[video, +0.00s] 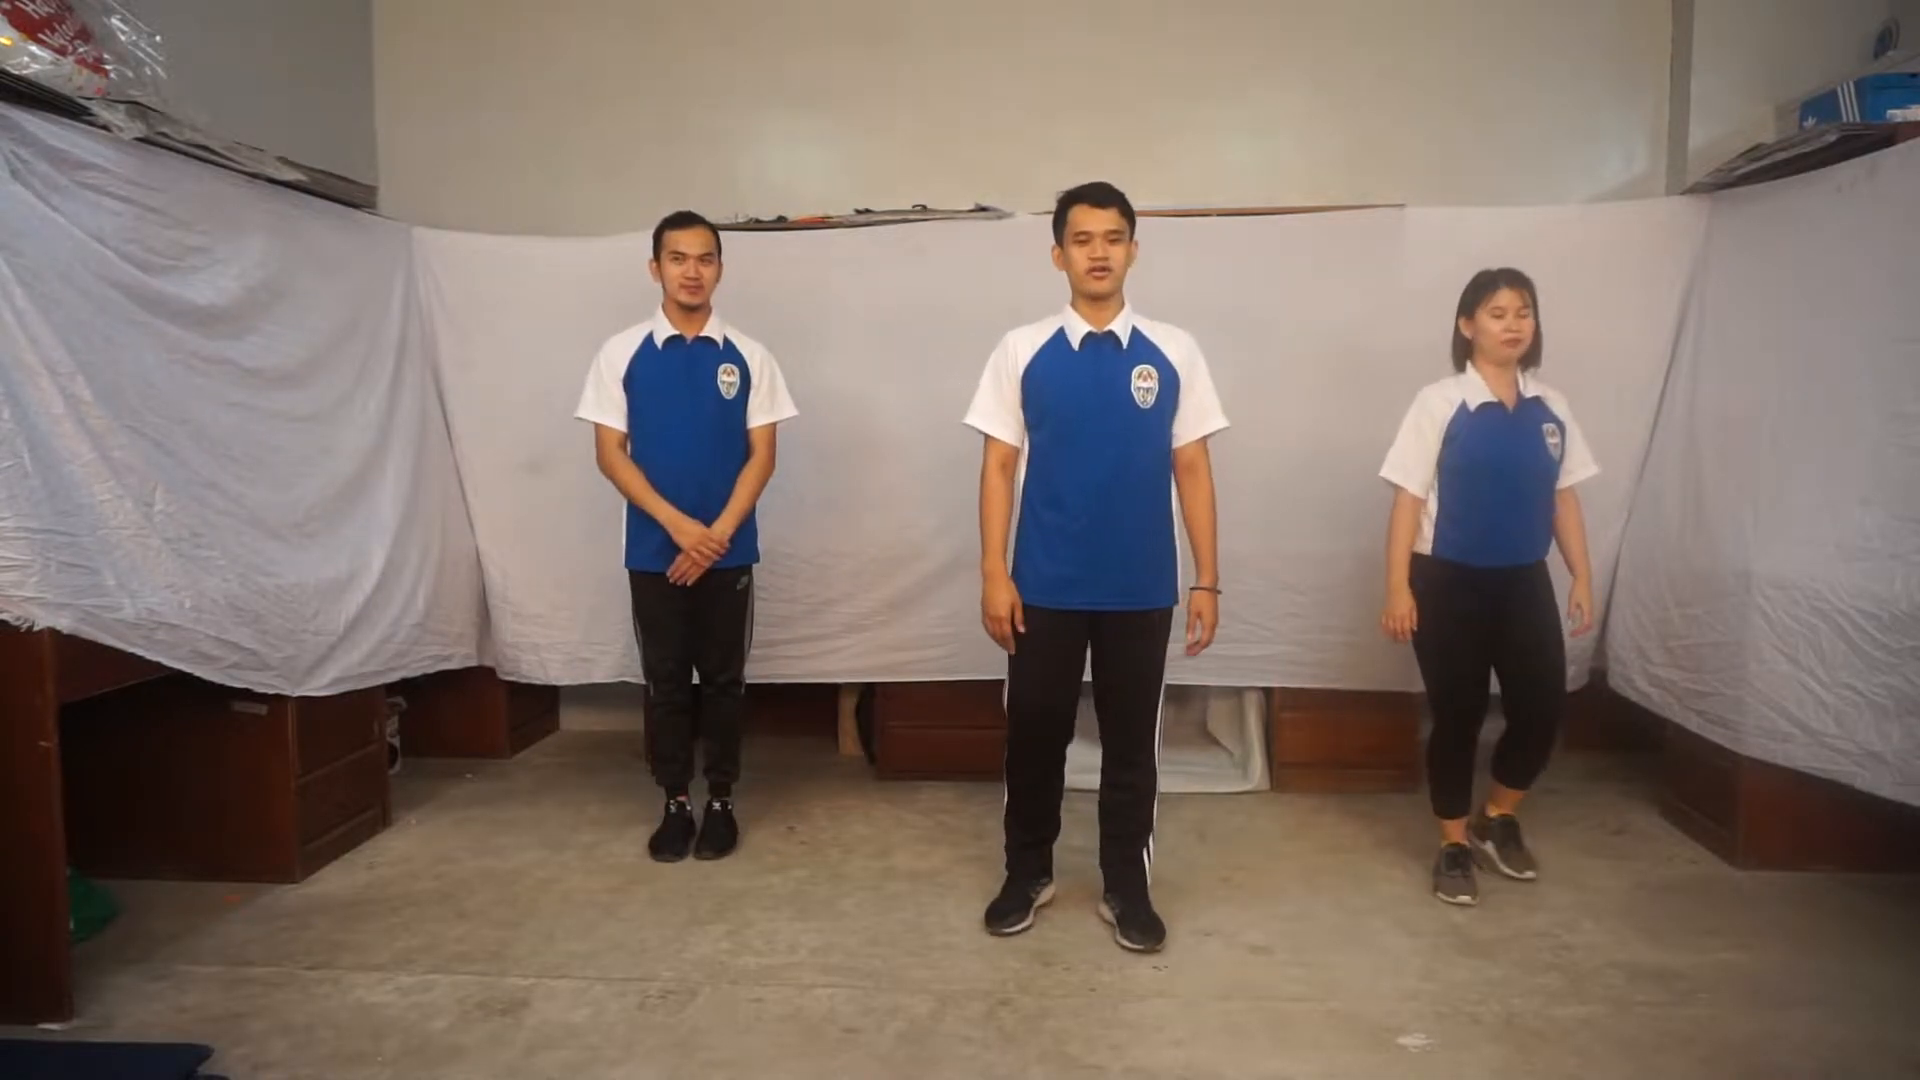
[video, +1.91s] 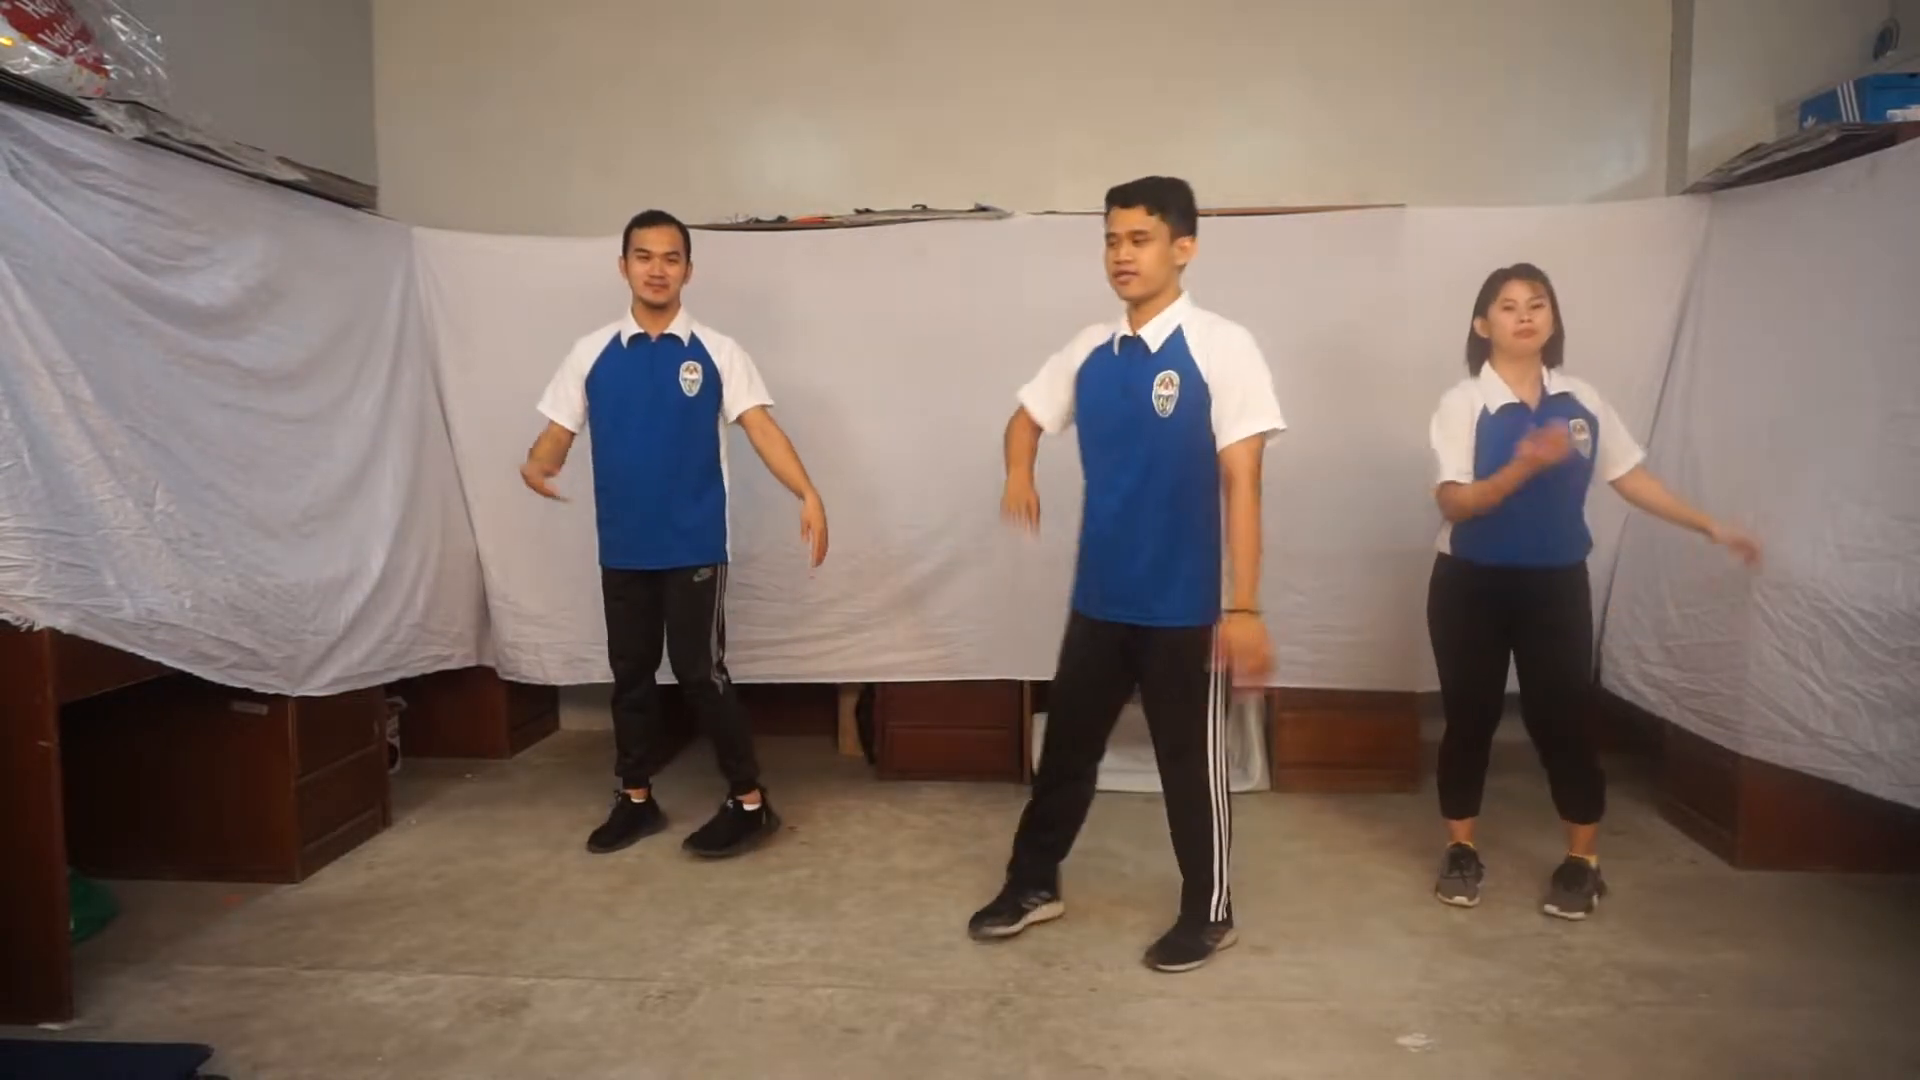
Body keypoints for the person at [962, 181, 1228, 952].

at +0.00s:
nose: (1100, 253)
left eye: (1114, 239)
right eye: (1083, 240)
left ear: (1132, 251)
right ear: (1060, 254)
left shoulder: (1171, 351)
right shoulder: (1021, 350)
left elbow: (1192, 471)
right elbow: (998, 468)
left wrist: (1204, 579)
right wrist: (994, 574)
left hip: (1139, 593)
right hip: (1044, 591)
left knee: (1131, 749)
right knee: (1034, 743)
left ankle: (1127, 886)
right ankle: (1027, 870)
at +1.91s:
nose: (1120, 256)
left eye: (1139, 240)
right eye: (1112, 242)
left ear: (1183, 249)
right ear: (1105, 251)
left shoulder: (1222, 347)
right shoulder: (1090, 347)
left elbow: (1242, 483)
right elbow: (1026, 416)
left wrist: (1243, 606)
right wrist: (1019, 473)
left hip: (1186, 605)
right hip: (1101, 598)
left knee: (1193, 769)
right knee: (1065, 752)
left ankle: (1207, 910)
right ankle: (1032, 883)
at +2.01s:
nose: (1134, 257)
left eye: (1151, 243)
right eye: (1129, 242)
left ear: (1202, 247)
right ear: (1129, 246)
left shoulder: (1228, 342)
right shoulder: (1135, 334)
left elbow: (1221, 479)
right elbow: (1073, 355)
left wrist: (1151, 591)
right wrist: (1033, 366)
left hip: (1211, 590)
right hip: (1141, 576)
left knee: (1198, 754)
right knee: (1115, 720)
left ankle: (1206, 910)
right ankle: (1118, 871)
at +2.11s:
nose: (1149, 257)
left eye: (1164, 242)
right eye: (1148, 242)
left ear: (1218, 248)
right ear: (1183, 249)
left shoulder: (1223, 332)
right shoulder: (1188, 312)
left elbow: (1195, 464)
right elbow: (1131, 282)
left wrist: (1124, 533)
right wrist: (1059, 249)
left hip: (1222, 583)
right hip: (1180, 572)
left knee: (1210, 740)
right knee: (1162, 715)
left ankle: (1206, 909)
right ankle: (1243, 866)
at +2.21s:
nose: (1166, 258)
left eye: (1180, 244)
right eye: (1165, 243)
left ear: (1229, 250)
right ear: (1226, 248)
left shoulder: (1213, 331)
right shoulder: (1263, 303)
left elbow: (1164, 475)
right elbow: (1216, 215)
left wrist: (1149, 512)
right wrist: (1145, 145)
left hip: (1221, 582)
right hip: (1272, 566)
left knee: (1206, 741)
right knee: (1269, 723)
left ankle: (1209, 908)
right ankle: (1364, 879)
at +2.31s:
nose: (1179, 262)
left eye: (1192, 247)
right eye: (1181, 246)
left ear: (1249, 251)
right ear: (1254, 251)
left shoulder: (1219, 336)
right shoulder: (1295, 303)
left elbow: (1172, 481)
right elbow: (1274, 218)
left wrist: (1203, 527)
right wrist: (1250, 121)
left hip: (1240, 586)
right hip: (1310, 569)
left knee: (1217, 755)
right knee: (1345, 737)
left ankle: (1207, 913)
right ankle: (1440, 904)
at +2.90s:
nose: (1153, 267)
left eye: (1166, 253)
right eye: (1153, 252)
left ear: (1217, 259)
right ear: (1219, 263)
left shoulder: (1203, 349)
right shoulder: (1253, 327)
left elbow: (1176, 500)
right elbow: (1198, 284)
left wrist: (1151, 548)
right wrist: (1143, 228)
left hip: (1218, 593)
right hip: (1267, 583)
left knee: (1171, 754)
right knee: (1280, 747)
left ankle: (1189, 936)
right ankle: (1415, 891)